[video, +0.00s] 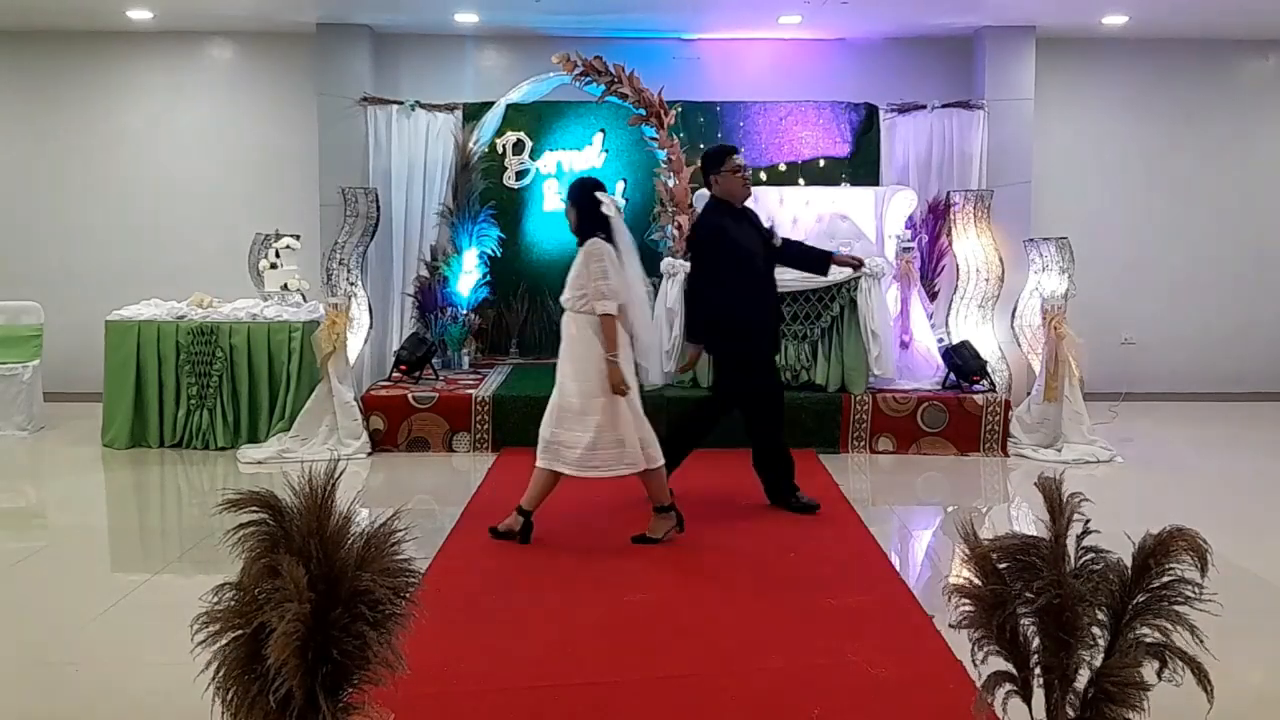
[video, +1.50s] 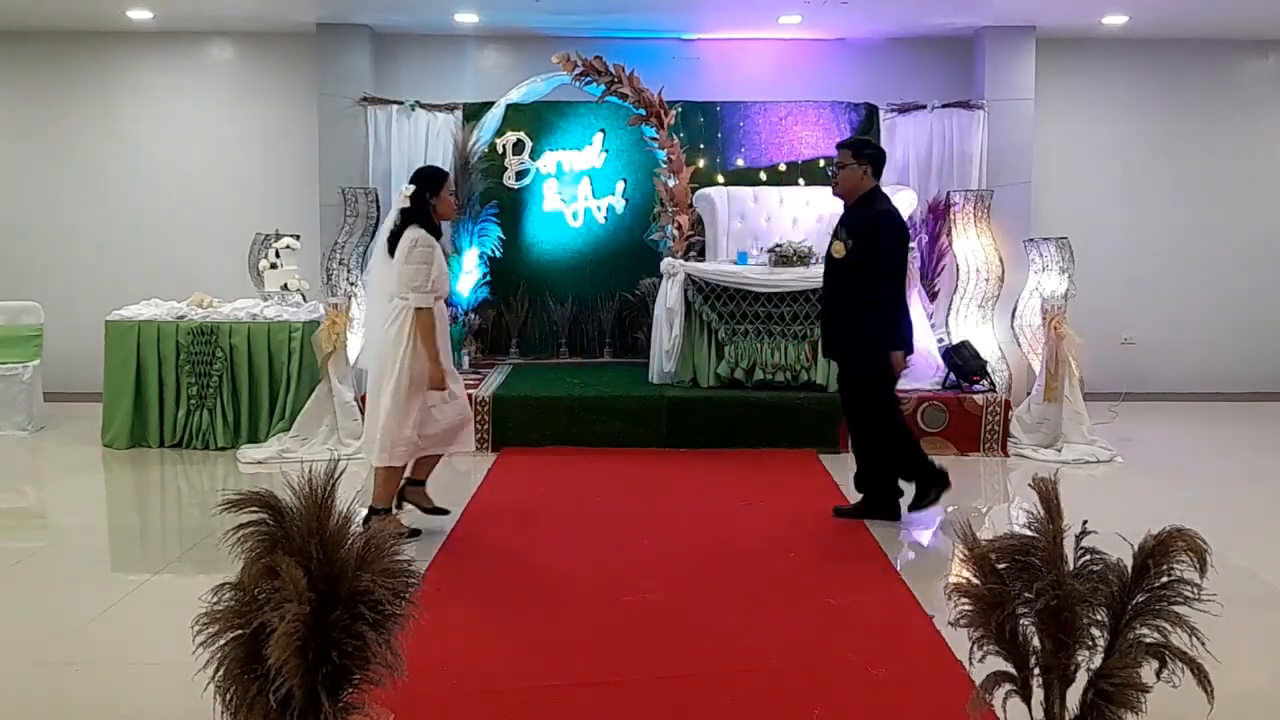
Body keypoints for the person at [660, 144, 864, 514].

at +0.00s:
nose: (746, 175)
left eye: (745, 169)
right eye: (737, 171)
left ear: (739, 178)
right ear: (713, 181)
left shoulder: (743, 216)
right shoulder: (708, 226)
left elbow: (779, 249)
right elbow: (700, 285)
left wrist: (833, 259)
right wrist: (695, 339)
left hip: (754, 332)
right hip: (735, 336)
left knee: (720, 404)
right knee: (767, 407)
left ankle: (658, 467)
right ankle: (780, 490)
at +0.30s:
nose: (784, 173)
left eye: (786, 167)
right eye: (773, 167)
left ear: (790, 172)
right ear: (752, 175)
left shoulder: (800, 214)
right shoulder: (738, 222)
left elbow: (827, 264)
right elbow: (737, 285)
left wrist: (857, 310)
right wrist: (753, 337)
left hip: (814, 328)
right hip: (777, 332)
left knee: (828, 398)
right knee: (787, 408)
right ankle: (784, 489)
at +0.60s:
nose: (803, 175)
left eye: (810, 168)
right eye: (794, 170)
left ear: (823, 172)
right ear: (784, 176)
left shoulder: (849, 212)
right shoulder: (770, 224)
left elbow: (866, 267)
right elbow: (757, 282)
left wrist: (858, 312)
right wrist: (765, 337)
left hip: (851, 331)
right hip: (803, 336)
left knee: (873, 411)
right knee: (809, 414)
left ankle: (892, 492)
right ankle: (788, 490)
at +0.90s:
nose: (827, 183)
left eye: (837, 176)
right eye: (823, 177)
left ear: (861, 177)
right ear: (821, 183)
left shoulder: (898, 220)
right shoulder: (818, 230)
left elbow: (925, 276)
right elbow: (805, 286)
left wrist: (912, 324)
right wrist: (803, 333)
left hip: (889, 345)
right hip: (839, 347)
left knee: (898, 427)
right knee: (827, 421)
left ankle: (921, 501)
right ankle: (811, 486)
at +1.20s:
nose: (843, 176)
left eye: (850, 169)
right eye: (843, 169)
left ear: (877, 172)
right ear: (864, 173)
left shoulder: (914, 214)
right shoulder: (845, 223)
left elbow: (954, 262)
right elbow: (829, 279)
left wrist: (969, 317)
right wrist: (814, 330)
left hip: (901, 342)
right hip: (855, 342)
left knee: (908, 425)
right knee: (848, 420)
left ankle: (922, 503)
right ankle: (864, 495)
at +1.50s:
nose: (833, 175)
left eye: (839, 167)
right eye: (834, 168)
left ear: (864, 172)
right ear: (860, 173)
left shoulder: (883, 218)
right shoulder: (855, 215)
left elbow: (891, 287)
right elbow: (852, 285)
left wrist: (897, 343)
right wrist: (835, 339)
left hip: (872, 341)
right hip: (852, 338)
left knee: (877, 417)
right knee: (865, 419)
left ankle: (928, 477)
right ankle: (879, 499)